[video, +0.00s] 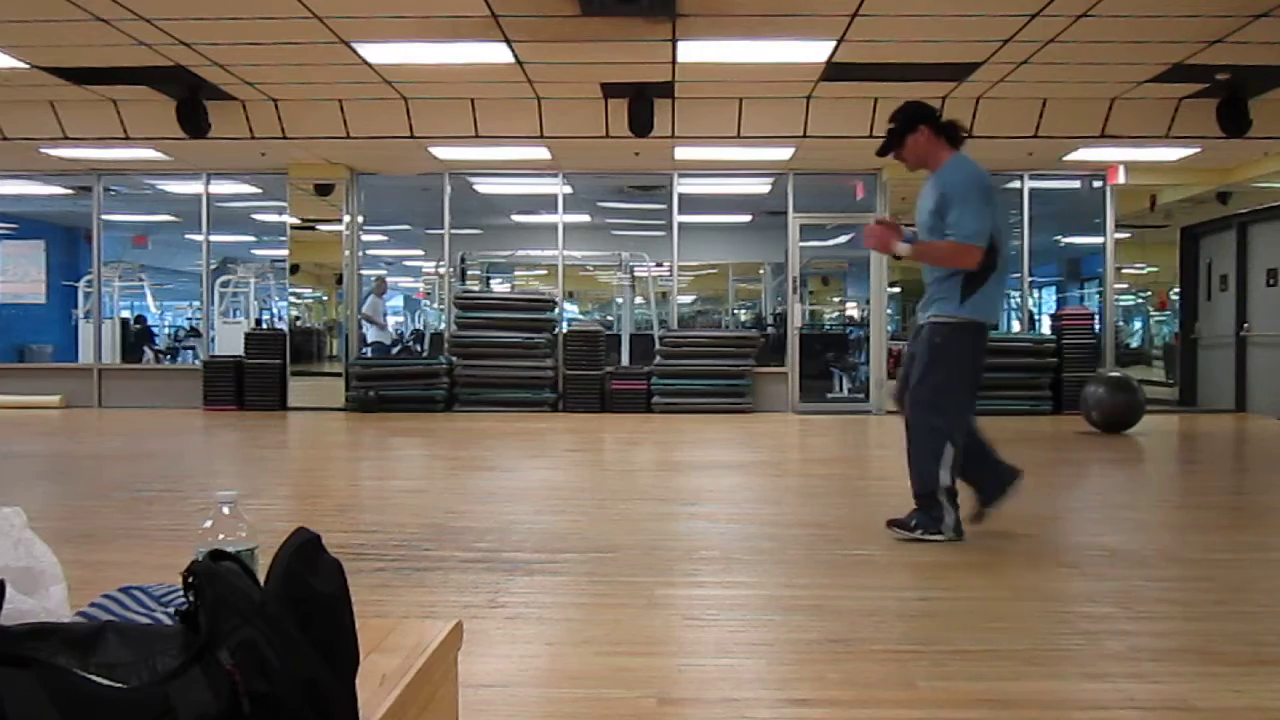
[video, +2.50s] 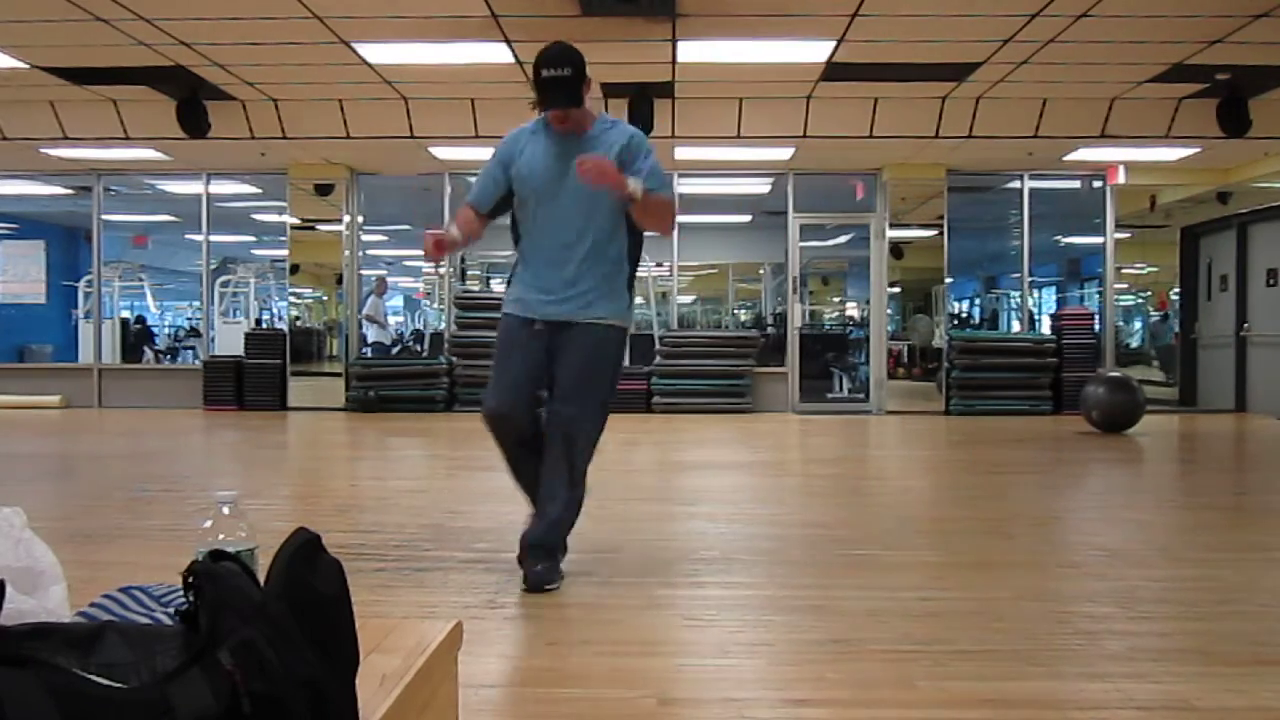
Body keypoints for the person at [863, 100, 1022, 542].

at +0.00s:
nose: (900, 158)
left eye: (900, 147)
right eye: (896, 150)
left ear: (922, 134)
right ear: (922, 137)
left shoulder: (964, 176)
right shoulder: (942, 180)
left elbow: (969, 253)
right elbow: (944, 244)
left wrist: (902, 247)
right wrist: (902, 236)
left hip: (960, 319)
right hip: (938, 316)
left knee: (929, 406)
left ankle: (937, 514)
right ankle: (992, 476)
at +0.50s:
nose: (817, 165)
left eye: (814, 156)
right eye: (811, 160)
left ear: (829, 135)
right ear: (831, 137)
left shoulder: (875, 166)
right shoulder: (860, 172)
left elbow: (894, 236)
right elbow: (874, 234)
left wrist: (827, 231)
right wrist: (824, 227)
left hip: (878, 313)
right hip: (874, 312)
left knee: (844, 402)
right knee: (869, 406)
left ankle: (905, 495)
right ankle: (862, 509)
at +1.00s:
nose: (738, 159)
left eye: (738, 148)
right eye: (732, 152)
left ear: (759, 130)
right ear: (752, 138)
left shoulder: (816, 160)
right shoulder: (759, 180)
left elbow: (880, 196)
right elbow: (778, 240)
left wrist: (899, 265)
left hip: (800, 313)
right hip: (762, 312)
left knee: (784, 412)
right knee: (754, 401)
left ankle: (764, 516)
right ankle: (827, 484)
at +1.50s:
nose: (675, 146)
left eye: (677, 135)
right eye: (670, 138)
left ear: (702, 117)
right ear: (688, 124)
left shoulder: (744, 160)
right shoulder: (685, 164)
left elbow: (755, 233)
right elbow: (682, 216)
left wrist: (685, 237)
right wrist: (655, 210)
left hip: (732, 309)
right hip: (683, 307)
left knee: (724, 411)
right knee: (658, 398)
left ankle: (713, 519)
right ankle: (702, 502)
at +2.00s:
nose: (599, 134)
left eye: (606, 123)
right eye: (592, 125)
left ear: (631, 105)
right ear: (584, 117)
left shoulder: (668, 155)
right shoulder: (591, 156)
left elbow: (736, 207)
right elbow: (584, 220)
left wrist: (727, 281)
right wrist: (575, 275)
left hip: (631, 308)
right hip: (585, 308)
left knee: (597, 409)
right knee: (585, 418)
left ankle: (654, 507)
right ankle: (615, 531)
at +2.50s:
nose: (559, 118)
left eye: (568, 108)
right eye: (549, 109)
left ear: (588, 91)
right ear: (537, 98)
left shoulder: (625, 141)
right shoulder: (519, 143)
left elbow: (665, 218)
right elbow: (477, 211)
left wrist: (623, 187)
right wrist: (453, 236)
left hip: (597, 308)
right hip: (528, 303)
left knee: (570, 426)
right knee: (503, 408)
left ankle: (544, 553)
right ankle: (552, 503)